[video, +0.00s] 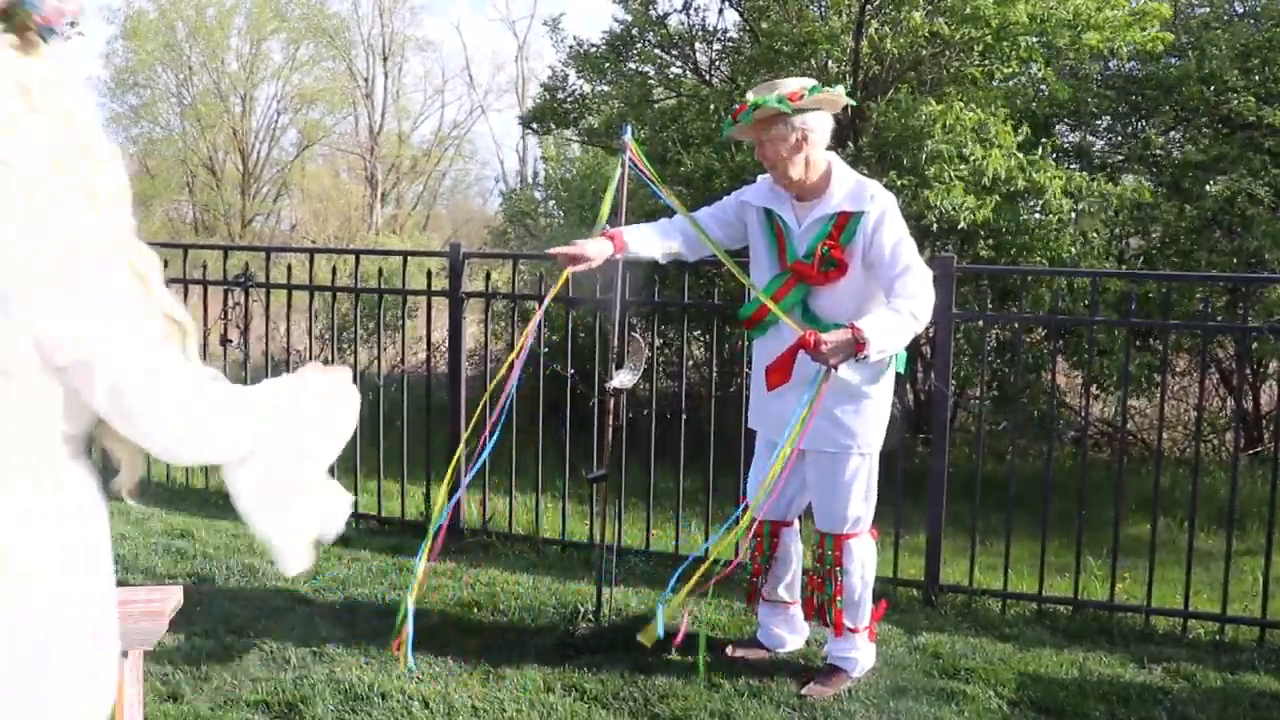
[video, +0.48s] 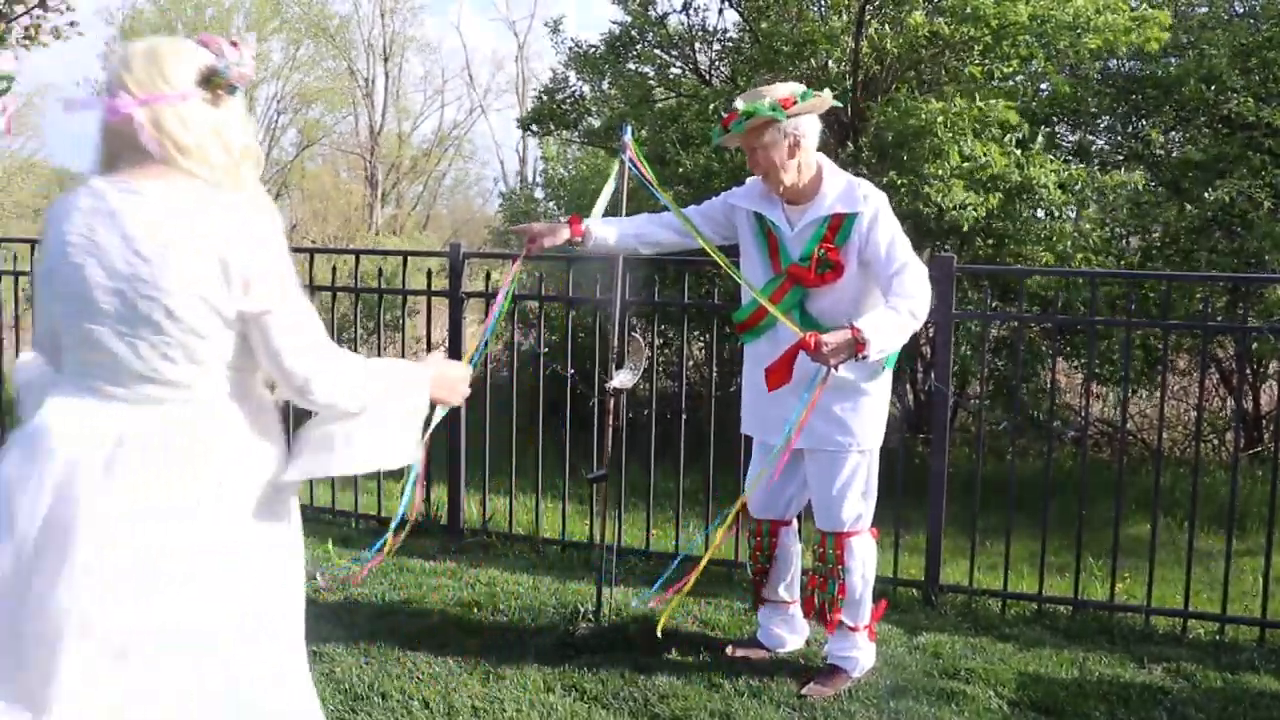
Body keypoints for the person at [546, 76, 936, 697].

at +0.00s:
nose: (756, 149)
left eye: (765, 136)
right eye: (753, 139)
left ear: (806, 136)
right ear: (768, 144)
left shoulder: (870, 206)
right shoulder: (756, 202)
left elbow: (915, 294)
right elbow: (683, 232)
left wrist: (857, 338)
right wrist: (610, 243)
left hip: (853, 382)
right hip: (778, 376)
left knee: (846, 520)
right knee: (771, 507)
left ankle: (849, 657)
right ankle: (779, 637)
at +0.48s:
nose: (749, 162)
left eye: (755, 149)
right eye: (745, 151)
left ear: (796, 142)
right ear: (761, 149)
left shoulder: (863, 205)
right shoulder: (745, 204)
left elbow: (911, 292)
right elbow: (664, 227)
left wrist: (860, 337)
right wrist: (576, 231)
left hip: (849, 389)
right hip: (774, 385)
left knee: (844, 518)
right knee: (767, 508)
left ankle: (851, 655)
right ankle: (780, 633)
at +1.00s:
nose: (743, 164)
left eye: (751, 150)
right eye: (739, 152)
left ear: (791, 144)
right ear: (740, 150)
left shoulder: (854, 206)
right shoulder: (736, 204)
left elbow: (902, 293)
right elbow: (652, 227)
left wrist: (857, 341)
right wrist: (567, 228)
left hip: (844, 385)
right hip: (768, 380)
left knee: (843, 519)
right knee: (766, 510)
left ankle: (851, 656)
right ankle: (778, 634)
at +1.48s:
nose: (737, 160)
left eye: (744, 147)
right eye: (734, 148)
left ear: (787, 143)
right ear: (762, 148)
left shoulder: (853, 205)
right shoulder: (738, 207)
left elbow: (902, 297)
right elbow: (656, 235)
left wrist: (848, 350)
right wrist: (569, 240)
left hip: (847, 383)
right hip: (773, 378)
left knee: (842, 520)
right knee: (768, 511)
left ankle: (850, 655)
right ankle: (779, 633)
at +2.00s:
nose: (719, 167)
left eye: (724, 153)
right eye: (716, 155)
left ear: (764, 144)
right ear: (752, 148)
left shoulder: (835, 206)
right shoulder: (747, 216)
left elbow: (882, 304)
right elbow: (696, 286)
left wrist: (818, 358)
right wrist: (617, 311)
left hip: (843, 379)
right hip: (777, 376)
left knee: (811, 513)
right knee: (767, 506)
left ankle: (874, 666)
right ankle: (801, 642)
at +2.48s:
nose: (773, 158)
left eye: (776, 142)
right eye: (770, 144)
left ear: (815, 139)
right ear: (817, 140)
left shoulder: (877, 205)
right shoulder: (830, 213)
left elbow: (886, 325)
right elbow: (828, 319)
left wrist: (792, 355)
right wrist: (769, 352)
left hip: (893, 412)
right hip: (846, 408)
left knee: (867, 557)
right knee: (811, 518)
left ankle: (882, 703)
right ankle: (841, 642)